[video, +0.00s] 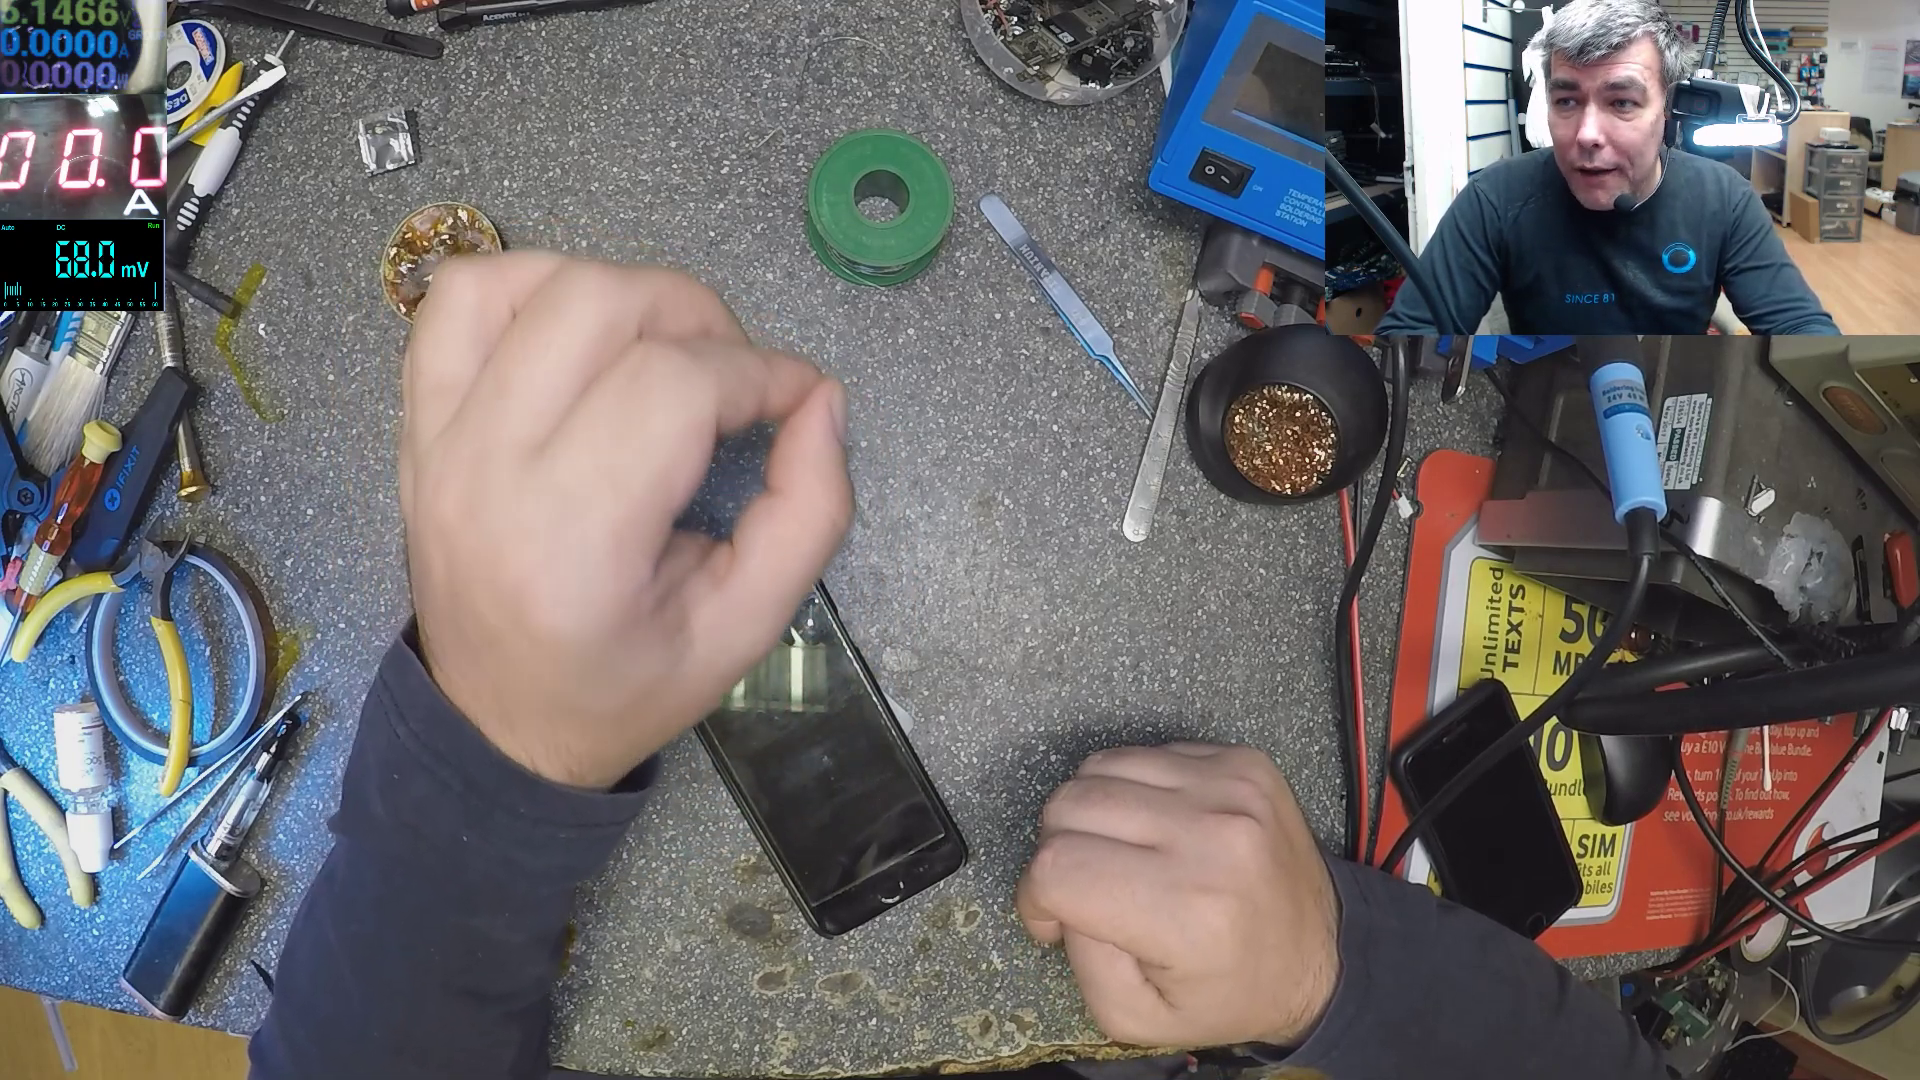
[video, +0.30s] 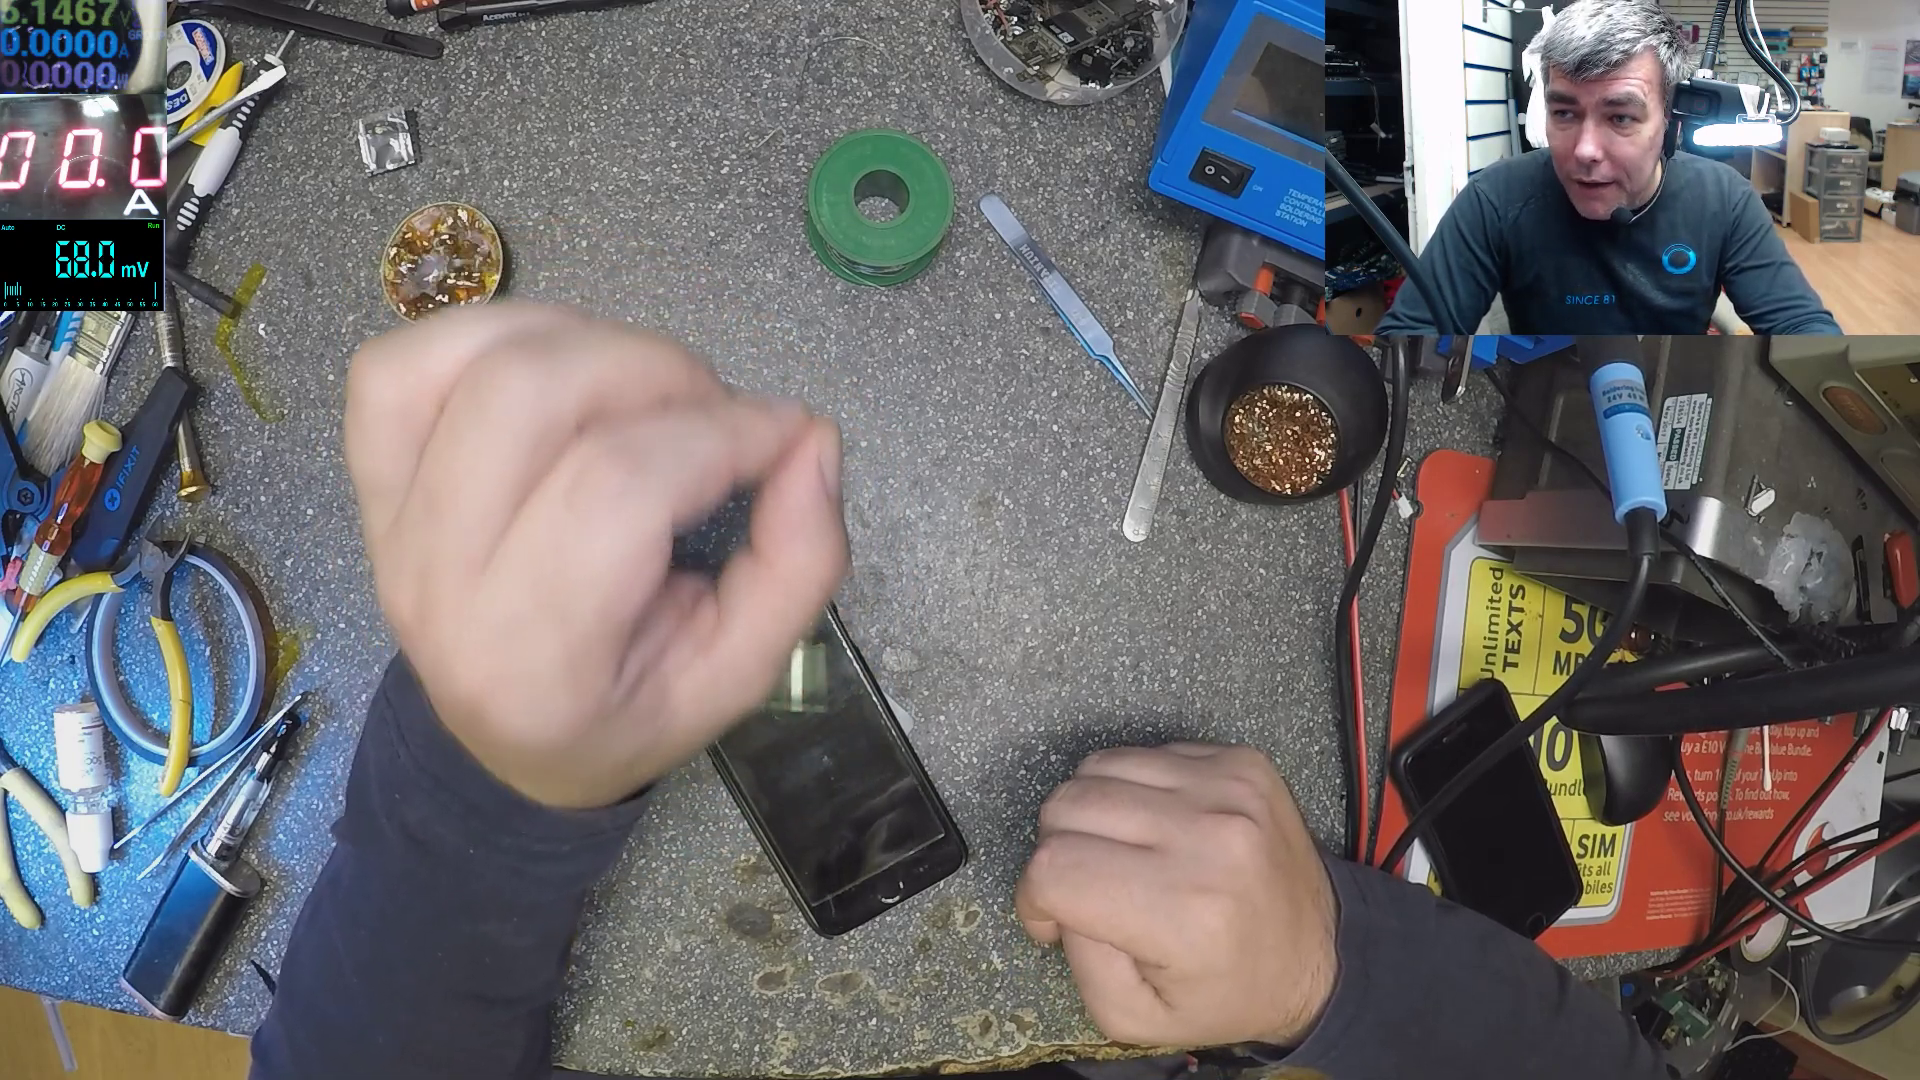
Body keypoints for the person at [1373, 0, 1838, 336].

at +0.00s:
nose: (1589, 135)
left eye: (1623, 103)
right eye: (1568, 101)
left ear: (1666, 111)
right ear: (1545, 108)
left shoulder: (1721, 200)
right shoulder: (1496, 203)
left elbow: (1802, 329)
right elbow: (1407, 337)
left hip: (1681, 419)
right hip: (1544, 420)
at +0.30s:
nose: (1586, 151)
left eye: (1622, 118)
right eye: (1566, 113)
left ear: (1667, 118)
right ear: (1543, 110)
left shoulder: (1721, 200)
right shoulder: (1496, 203)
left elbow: (1802, 327)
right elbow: (1406, 337)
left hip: (1681, 424)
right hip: (1545, 426)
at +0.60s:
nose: (1592, 150)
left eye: (1625, 115)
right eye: (1569, 111)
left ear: (1666, 115)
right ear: (1543, 110)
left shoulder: (1720, 199)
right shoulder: (1496, 203)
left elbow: (1802, 328)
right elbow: (1407, 338)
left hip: (1680, 425)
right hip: (1544, 426)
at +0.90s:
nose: (1593, 149)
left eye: (1626, 115)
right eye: (1570, 110)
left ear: (1666, 116)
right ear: (1544, 110)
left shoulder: (1720, 199)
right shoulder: (1496, 203)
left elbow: (1802, 327)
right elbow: (1407, 336)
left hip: (1681, 421)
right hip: (1545, 424)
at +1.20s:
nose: (1593, 153)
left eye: (1627, 120)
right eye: (1570, 115)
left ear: (1667, 119)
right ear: (1545, 112)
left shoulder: (1721, 200)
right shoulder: (1496, 203)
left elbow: (1800, 327)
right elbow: (1406, 336)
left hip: (1680, 416)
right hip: (1545, 418)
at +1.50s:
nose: (1600, 161)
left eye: (1634, 127)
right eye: (1577, 121)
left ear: (1672, 122)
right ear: (1550, 113)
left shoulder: (1722, 201)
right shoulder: (1497, 203)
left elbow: (1803, 328)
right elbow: (1406, 336)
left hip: (1681, 417)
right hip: (1546, 419)